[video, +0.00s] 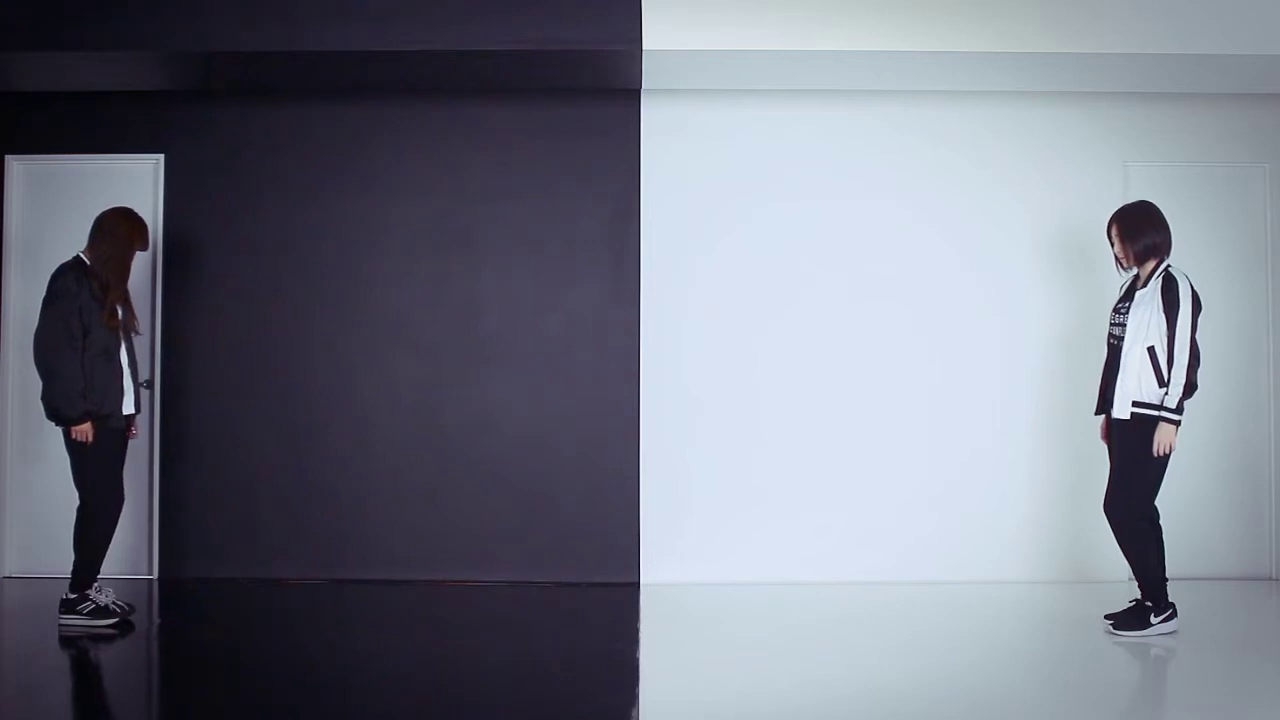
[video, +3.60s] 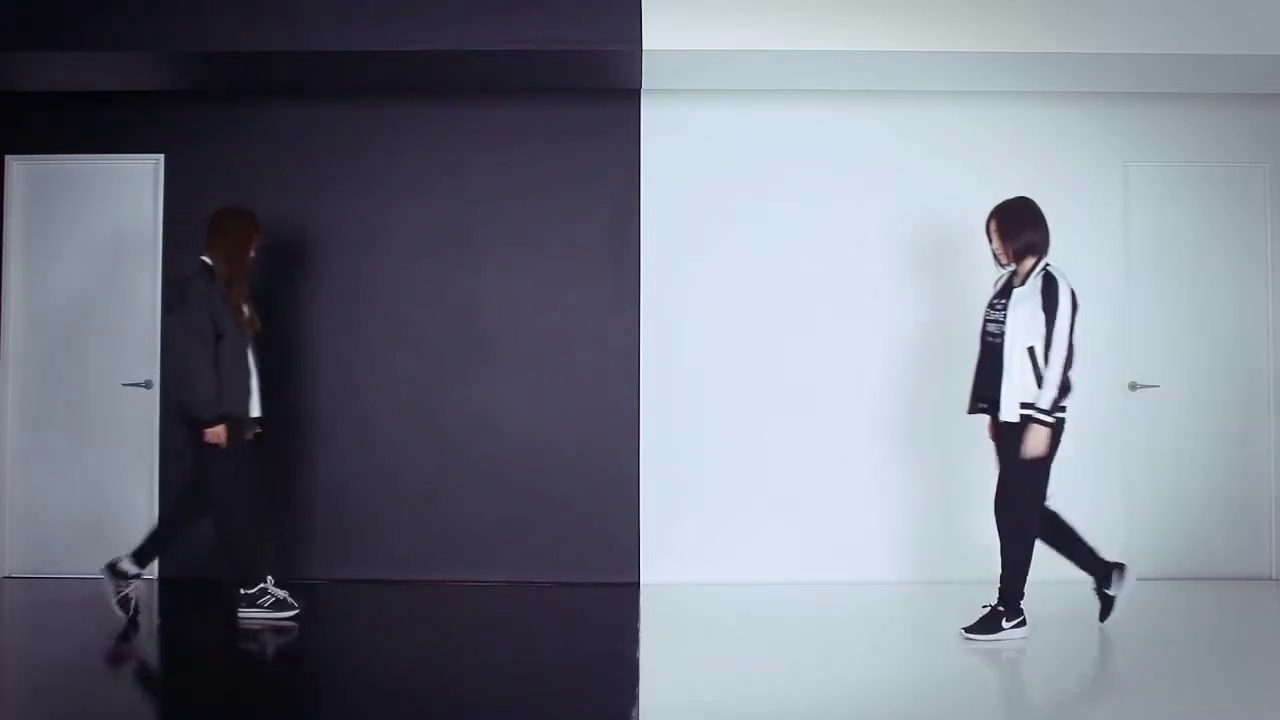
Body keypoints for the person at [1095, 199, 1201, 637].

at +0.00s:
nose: (1115, 250)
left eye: (1119, 241)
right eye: (1113, 242)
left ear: (1143, 236)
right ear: (1125, 241)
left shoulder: (1175, 284)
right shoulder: (1131, 287)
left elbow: (1185, 356)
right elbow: (1118, 355)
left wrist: (1170, 417)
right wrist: (1108, 411)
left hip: (1150, 418)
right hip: (1123, 416)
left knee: (1127, 506)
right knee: (1128, 506)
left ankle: (1157, 603)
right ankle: (1151, 600)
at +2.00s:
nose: (1119, 249)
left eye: (1123, 240)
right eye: (1116, 241)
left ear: (1147, 236)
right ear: (1125, 242)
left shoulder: (1179, 284)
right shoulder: (1131, 287)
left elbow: (1190, 356)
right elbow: (1117, 354)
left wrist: (1174, 417)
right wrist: (1107, 410)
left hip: (1152, 417)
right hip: (1123, 416)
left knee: (1128, 507)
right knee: (1127, 506)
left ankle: (1158, 604)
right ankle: (1151, 600)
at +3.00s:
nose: (1089, 249)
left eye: (1093, 240)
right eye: (1086, 242)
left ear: (1117, 236)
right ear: (1092, 243)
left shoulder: (1156, 284)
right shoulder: (1100, 288)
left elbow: (1178, 351)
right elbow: (1099, 353)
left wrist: (1171, 414)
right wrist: (1087, 404)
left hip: (1139, 415)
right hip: (1109, 415)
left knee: (1082, 486)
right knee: (1131, 506)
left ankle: (1103, 584)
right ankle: (1156, 601)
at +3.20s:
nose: (1063, 254)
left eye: (1067, 244)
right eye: (1060, 246)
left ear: (1091, 241)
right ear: (1066, 248)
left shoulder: (1131, 288)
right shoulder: (1077, 293)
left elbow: (1158, 350)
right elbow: (1075, 357)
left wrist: (1158, 414)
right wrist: (1059, 404)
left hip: (1120, 418)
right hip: (1091, 418)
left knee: (1074, 500)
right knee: (1123, 510)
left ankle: (1036, 596)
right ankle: (1156, 601)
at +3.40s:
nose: (1030, 255)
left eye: (1035, 246)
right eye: (1028, 247)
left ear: (1057, 243)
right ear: (1042, 246)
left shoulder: (1090, 291)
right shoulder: (1043, 296)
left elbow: (1113, 358)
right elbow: (1035, 362)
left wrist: (1118, 426)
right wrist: (1028, 418)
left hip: (1082, 422)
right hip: (1055, 422)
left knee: (1040, 506)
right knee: (1099, 510)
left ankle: (1014, 607)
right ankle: (1150, 595)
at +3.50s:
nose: (1011, 249)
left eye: (1017, 240)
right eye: (1009, 241)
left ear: (1040, 239)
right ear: (1018, 244)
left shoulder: (1070, 288)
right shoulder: (1023, 288)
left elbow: (1086, 356)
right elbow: (1015, 355)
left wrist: (1081, 424)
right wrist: (1010, 412)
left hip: (1056, 421)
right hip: (1031, 420)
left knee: (1024, 510)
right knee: (1070, 507)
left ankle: (1011, 608)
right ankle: (1136, 583)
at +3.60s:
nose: (993, 246)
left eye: (998, 236)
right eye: (991, 238)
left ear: (1022, 234)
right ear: (1002, 240)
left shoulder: (1054, 286)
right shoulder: (1005, 286)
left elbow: (1058, 357)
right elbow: (1000, 353)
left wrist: (1044, 419)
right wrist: (993, 412)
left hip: (1036, 417)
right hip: (1008, 415)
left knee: (1014, 509)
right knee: (1027, 509)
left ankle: (1009, 608)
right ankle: (1104, 571)